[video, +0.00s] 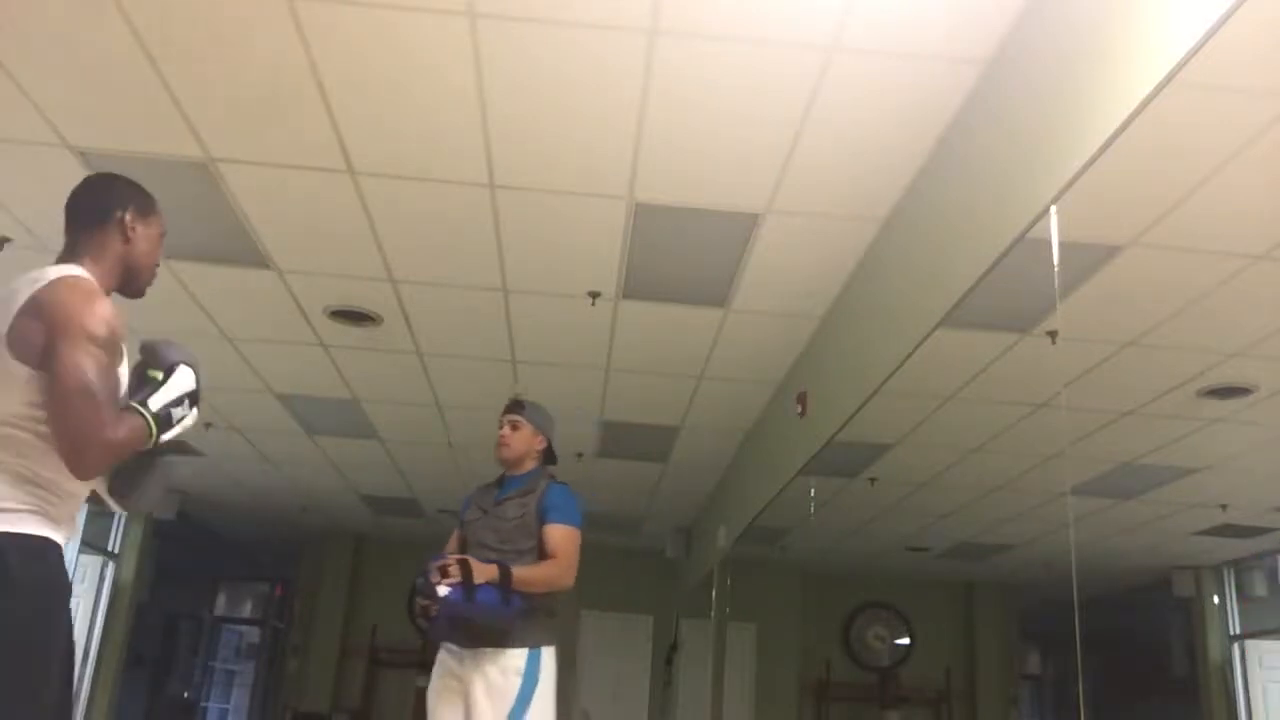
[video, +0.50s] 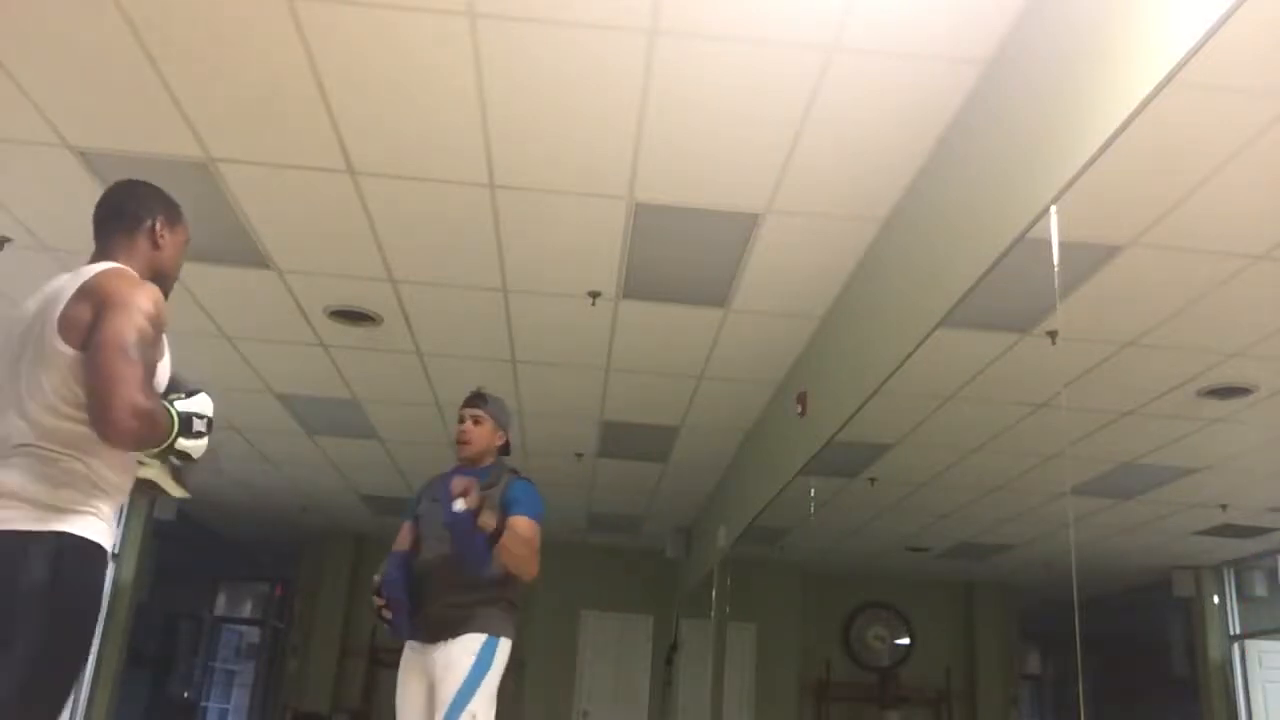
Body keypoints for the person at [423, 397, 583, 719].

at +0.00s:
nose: (502, 433)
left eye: (515, 426)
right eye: (501, 426)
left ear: (540, 442)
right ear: (498, 435)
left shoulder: (556, 495)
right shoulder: (480, 497)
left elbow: (563, 573)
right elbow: (450, 556)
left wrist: (489, 572)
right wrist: (438, 578)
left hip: (516, 657)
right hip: (455, 651)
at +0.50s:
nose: (463, 428)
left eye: (476, 420)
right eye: (460, 420)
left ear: (500, 437)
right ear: (455, 429)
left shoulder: (516, 489)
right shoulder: (434, 488)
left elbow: (528, 566)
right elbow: (401, 550)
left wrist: (482, 516)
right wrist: (389, 587)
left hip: (477, 632)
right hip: (422, 631)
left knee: (460, 713)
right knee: (411, 713)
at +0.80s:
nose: (452, 420)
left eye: (465, 413)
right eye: (449, 413)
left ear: (489, 432)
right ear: (442, 423)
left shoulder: (503, 487)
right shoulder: (413, 486)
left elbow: (525, 567)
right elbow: (381, 549)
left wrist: (471, 539)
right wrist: (364, 591)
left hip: (458, 641)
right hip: (403, 639)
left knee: (438, 713)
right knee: (400, 713)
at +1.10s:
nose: (437, 402)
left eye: (451, 397)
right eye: (434, 396)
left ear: (475, 419)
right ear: (427, 409)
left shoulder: (482, 484)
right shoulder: (398, 470)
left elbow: (497, 571)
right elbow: (361, 528)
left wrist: (430, 555)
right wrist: (337, 577)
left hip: (439, 637)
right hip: (384, 634)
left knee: (421, 712)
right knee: (379, 713)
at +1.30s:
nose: (423, 400)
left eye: (438, 394)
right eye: (421, 392)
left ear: (461, 415)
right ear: (412, 404)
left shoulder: (467, 475)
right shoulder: (390, 462)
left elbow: (459, 559)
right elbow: (356, 533)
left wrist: (395, 522)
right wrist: (306, 556)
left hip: (430, 635)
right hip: (377, 630)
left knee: (416, 713)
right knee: (367, 712)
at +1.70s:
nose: (391, 419)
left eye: (404, 413)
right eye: (387, 411)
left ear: (427, 428)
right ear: (380, 419)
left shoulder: (434, 482)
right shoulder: (356, 480)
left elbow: (434, 563)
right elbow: (336, 545)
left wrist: (368, 531)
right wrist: (291, 547)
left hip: (392, 634)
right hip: (343, 628)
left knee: (372, 712)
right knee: (327, 712)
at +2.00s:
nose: (388, 412)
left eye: (402, 407)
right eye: (384, 405)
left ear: (419, 430)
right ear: (372, 414)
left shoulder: (424, 484)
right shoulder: (343, 477)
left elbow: (446, 561)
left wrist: (389, 530)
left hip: (382, 623)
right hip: (328, 615)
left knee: (367, 710)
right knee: (317, 708)